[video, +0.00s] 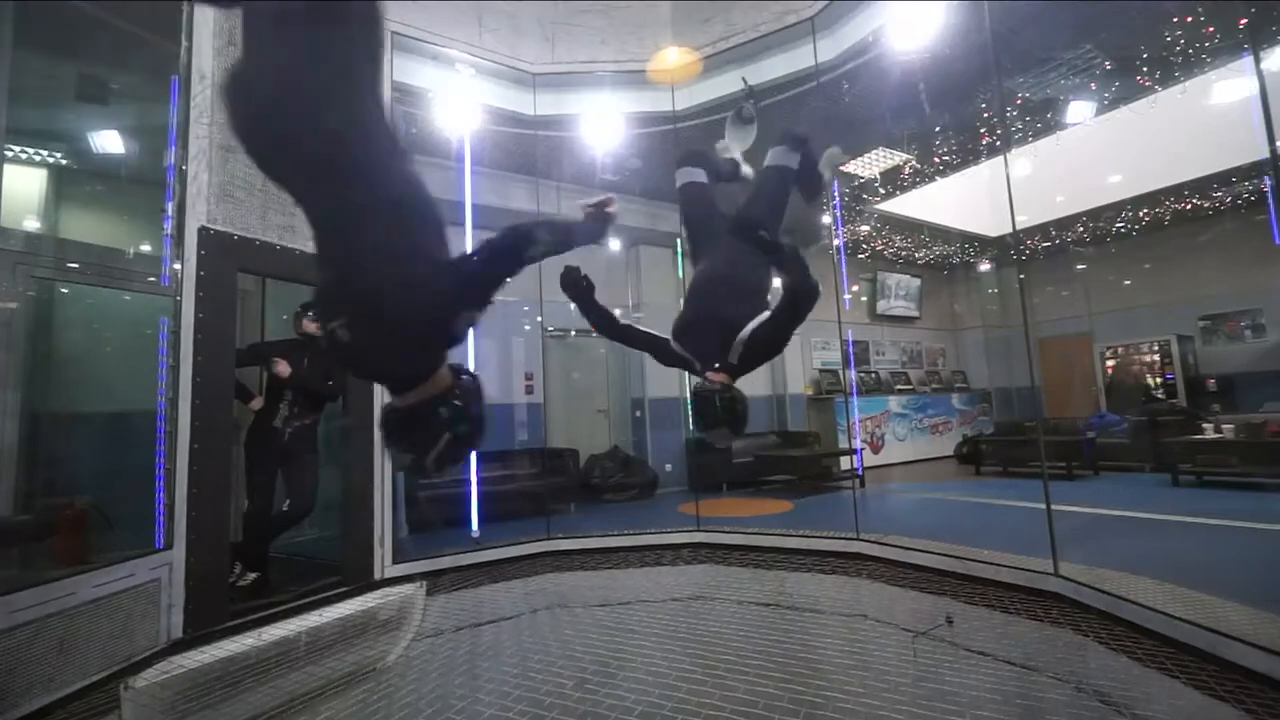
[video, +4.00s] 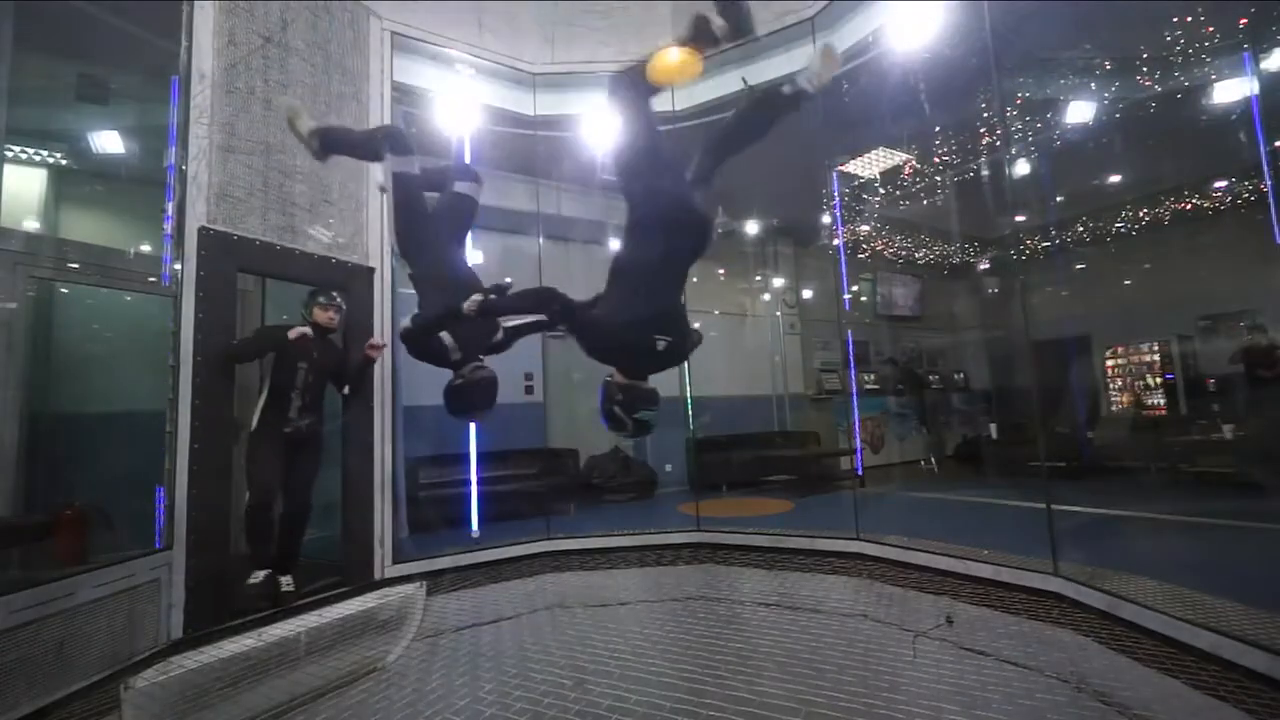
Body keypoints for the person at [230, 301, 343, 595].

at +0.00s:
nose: (311, 325)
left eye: (317, 320)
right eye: (307, 319)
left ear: (326, 325)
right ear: (298, 321)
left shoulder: (332, 356)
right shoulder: (280, 349)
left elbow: (333, 391)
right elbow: (224, 362)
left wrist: (292, 375)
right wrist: (249, 398)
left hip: (302, 440)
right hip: (264, 436)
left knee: (303, 505)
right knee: (260, 505)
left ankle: (242, 551)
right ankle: (255, 570)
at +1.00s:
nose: (320, 323)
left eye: (325, 320)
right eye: (313, 318)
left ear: (331, 326)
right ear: (299, 322)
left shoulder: (334, 357)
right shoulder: (279, 348)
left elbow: (333, 392)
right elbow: (224, 362)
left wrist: (293, 374)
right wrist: (249, 398)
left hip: (302, 441)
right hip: (264, 436)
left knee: (302, 505)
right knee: (260, 505)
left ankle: (241, 552)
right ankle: (254, 569)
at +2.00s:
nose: (323, 323)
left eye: (327, 319)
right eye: (315, 318)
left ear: (331, 325)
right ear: (300, 323)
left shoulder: (333, 357)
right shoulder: (279, 349)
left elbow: (332, 391)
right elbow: (223, 361)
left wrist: (291, 375)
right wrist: (248, 397)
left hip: (302, 440)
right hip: (264, 436)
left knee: (302, 505)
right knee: (259, 506)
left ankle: (242, 554)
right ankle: (255, 571)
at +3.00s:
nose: (318, 321)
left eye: (322, 316)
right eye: (314, 315)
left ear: (329, 318)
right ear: (305, 314)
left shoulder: (332, 347)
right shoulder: (278, 343)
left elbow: (345, 388)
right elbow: (258, 380)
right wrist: (295, 374)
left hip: (319, 438)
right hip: (284, 437)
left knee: (302, 507)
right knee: (278, 507)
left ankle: (285, 575)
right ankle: (258, 573)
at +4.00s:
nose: (331, 314)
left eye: (337, 310)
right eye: (325, 307)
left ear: (341, 317)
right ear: (309, 309)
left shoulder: (334, 351)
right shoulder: (280, 335)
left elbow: (349, 388)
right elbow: (236, 352)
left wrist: (366, 360)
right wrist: (283, 337)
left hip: (306, 438)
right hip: (270, 433)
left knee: (298, 503)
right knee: (262, 496)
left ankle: (285, 572)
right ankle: (260, 565)